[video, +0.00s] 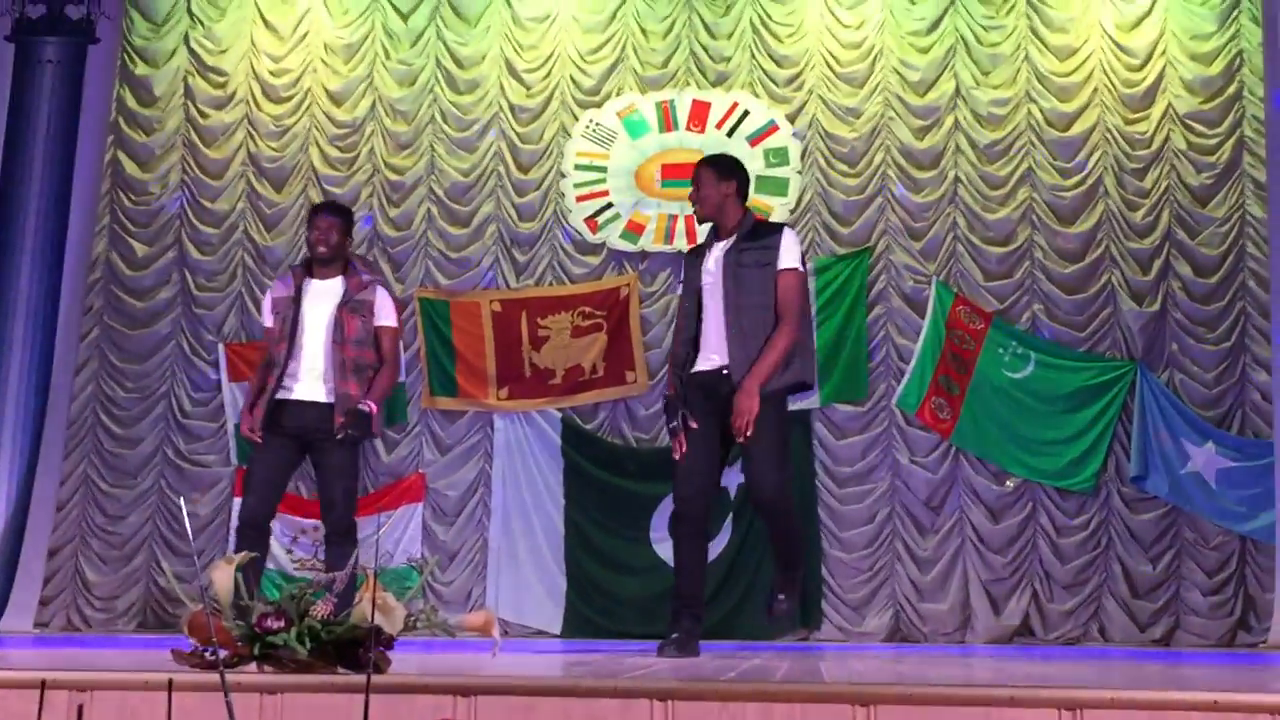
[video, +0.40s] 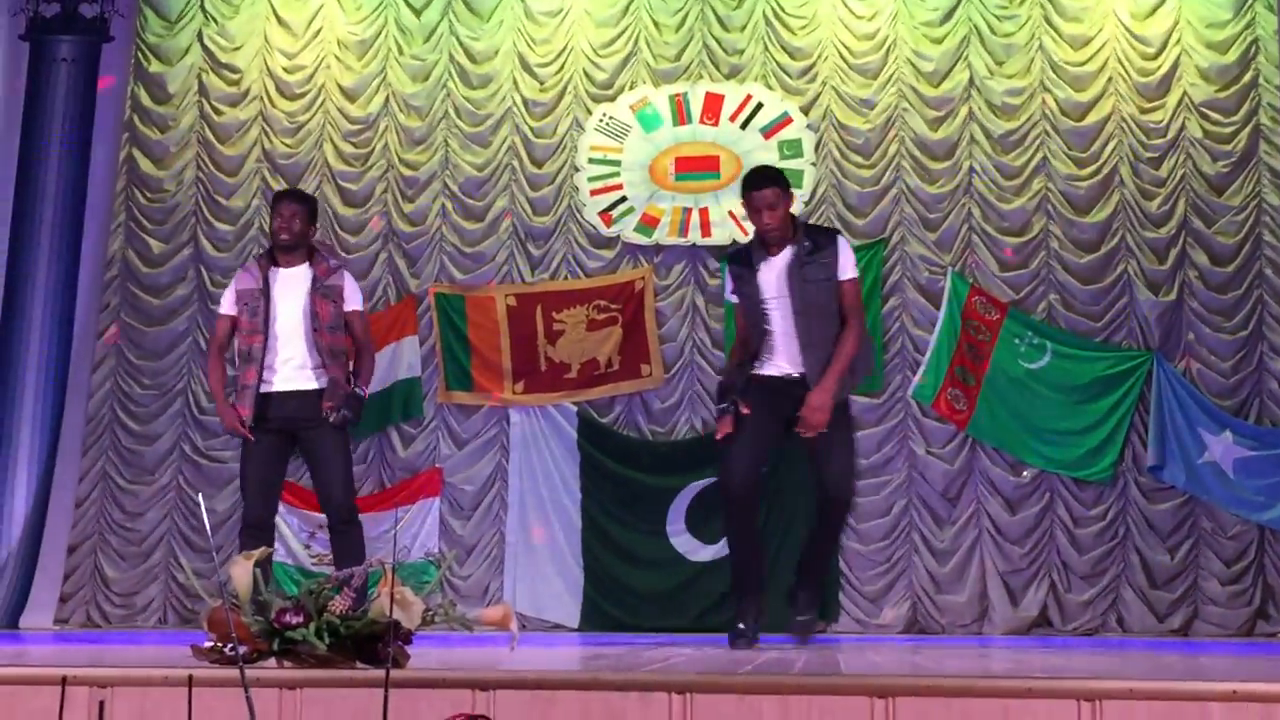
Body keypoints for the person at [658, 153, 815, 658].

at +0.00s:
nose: (692, 196)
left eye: (700, 187)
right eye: (693, 188)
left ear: (732, 191)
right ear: (715, 194)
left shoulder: (780, 240)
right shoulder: (699, 256)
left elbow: (791, 325)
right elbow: (683, 337)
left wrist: (751, 386)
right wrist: (675, 403)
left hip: (757, 388)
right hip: (700, 390)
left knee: (769, 493)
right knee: (689, 510)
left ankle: (788, 583)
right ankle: (686, 627)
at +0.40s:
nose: (767, 217)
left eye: (774, 206)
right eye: (757, 210)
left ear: (790, 204)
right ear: (746, 213)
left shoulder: (831, 246)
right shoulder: (741, 264)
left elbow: (854, 325)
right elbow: (744, 339)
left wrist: (826, 391)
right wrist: (727, 399)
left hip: (821, 389)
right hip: (762, 390)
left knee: (838, 492)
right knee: (736, 485)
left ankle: (807, 593)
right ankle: (748, 607)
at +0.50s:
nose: (788, 230)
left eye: (796, 218)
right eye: (778, 221)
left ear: (810, 215)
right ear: (765, 223)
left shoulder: (848, 257)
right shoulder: (754, 272)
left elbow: (870, 328)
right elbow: (754, 343)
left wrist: (850, 388)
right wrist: (746, 399)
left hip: (834, 399)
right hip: (774, 402)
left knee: (877, 493)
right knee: (752, 503)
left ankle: (865, 599)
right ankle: (754, 620)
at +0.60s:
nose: (807, 235)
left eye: (814, 224)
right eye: (797, 227)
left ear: (828, 219)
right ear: (783, 226)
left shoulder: (864, 257)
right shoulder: (772, 273)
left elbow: (886, 325)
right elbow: (774, 341)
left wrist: (873, 386)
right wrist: (770, 396)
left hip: (860, 399)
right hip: (799, 403)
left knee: (891, 501)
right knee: (775, 503)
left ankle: (896, 619)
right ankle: (771, 622)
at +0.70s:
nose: (833, 220)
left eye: (840, 210)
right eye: (824, 212)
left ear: (853, 204)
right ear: (811, 210)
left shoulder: (889, 239)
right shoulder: (795, 256)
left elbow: (912, 307)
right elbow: (794, 326)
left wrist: (910, 364)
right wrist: (798, 383)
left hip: (885, 382)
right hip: (827, 387)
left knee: (914, 482)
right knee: (816, 479)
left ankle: (907, 600)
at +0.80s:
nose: (871, 202)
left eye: (879, 193)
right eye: (863, 195)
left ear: (892, 189)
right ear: (850, 193)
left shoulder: (919, 226)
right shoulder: (828, 239)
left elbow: (939, 289)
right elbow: (823, 309)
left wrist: (945, 343)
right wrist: (836, 369)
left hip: (918, 368)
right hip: (863, 375)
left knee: (962, 461)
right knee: (878, 480)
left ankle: (967, 577)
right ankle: (911, 585)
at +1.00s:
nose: (912, 155)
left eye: (920, 145)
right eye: (902, 146)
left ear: (930, 146)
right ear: (885, 148)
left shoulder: (956, 190)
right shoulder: (862, 200)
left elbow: (966, 260)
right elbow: (856, 272)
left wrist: (981, 306)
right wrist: (857, 331)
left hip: (951, 334)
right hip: (891, 339)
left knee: (980, 444)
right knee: (892, 448)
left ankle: (1012, 561)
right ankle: (911, 553)